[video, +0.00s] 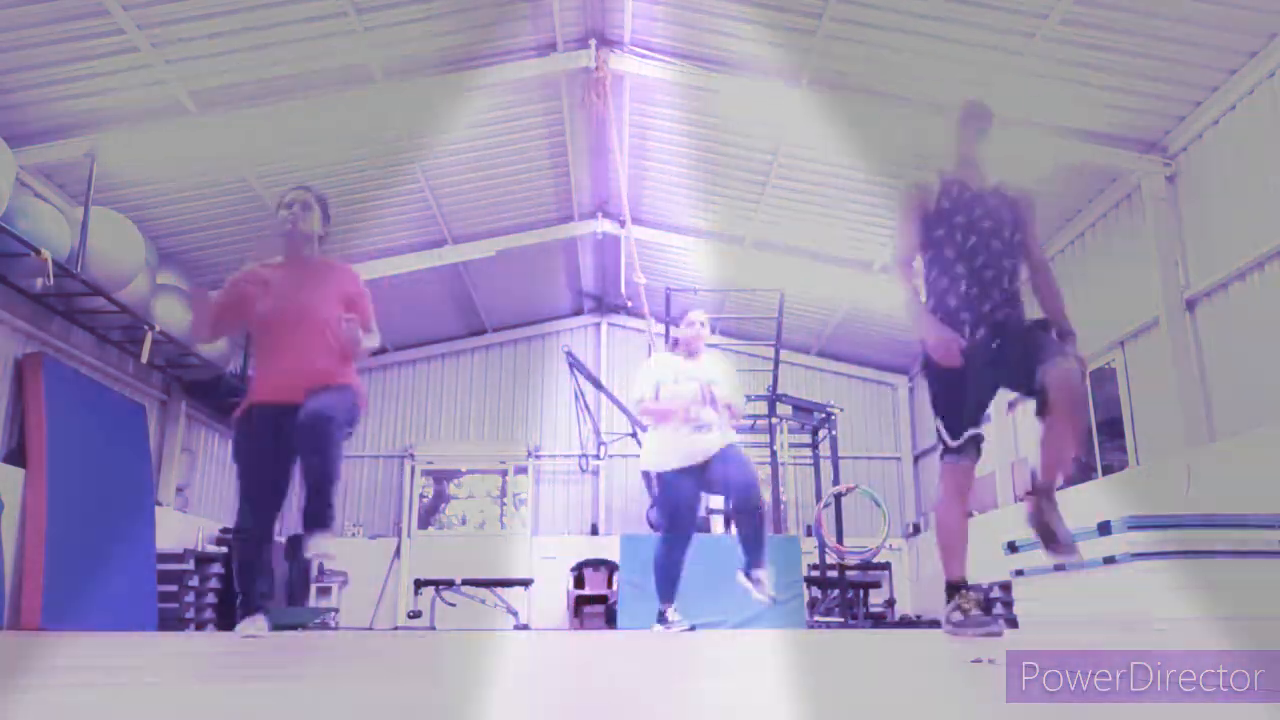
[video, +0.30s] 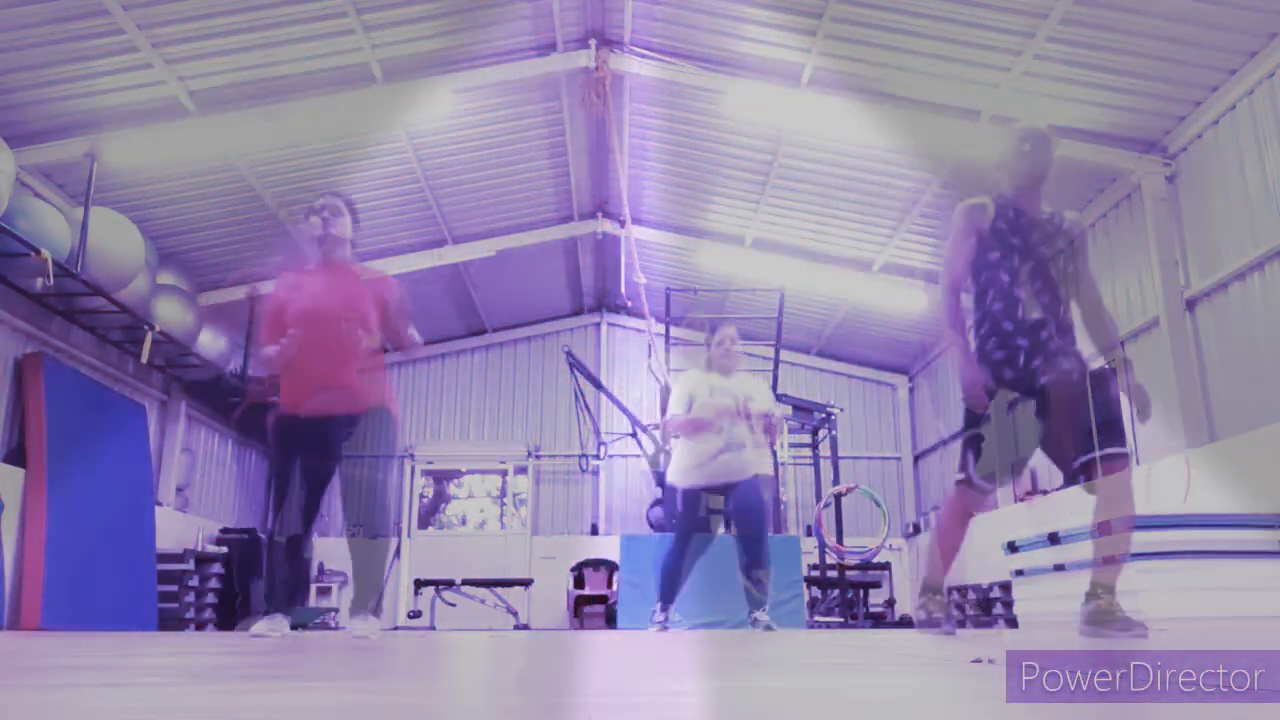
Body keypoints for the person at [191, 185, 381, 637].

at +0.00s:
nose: (294, 214)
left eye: (304, 208)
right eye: (287, 208)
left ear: (323, 223)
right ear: (276, 221)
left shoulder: (343, 278)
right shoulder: (255, 279)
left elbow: (373, 340)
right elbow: (205, 336)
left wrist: (359, 340)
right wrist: (206, 307)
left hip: (330, 391)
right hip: (269, 399)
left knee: (317, 419)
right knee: (255, 516)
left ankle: (318, 531)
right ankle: (253, 612)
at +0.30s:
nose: (326, 221)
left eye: (335, 214)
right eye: (319, 214)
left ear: (352, 227)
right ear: (308, 226)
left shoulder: (376, 283)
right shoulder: (289, 283)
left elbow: (411, 344)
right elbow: (264, 352)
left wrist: (388, 337)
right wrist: (281, 350)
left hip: (365, 409)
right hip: (303, 411)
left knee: (367, 505)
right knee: (289, 512)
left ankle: (365, 611)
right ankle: (281, 611)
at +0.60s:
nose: (373, 197)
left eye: (383, 190)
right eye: (365, 191)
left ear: (401, 203)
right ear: (355, 203)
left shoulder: (422, 258)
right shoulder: (333, 259)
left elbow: (455, 321)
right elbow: (313, 328)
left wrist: (424, 332)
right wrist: (326, 313)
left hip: (394, 382)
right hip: (336, 378)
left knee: (386, 486)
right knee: (309, 458)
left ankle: (387, 605)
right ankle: (309, 548)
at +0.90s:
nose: (391, 191)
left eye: (401, 185)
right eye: (383, 186)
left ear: (420, 199)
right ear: (372, 201)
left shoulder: (443, 254)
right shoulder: (353, 255)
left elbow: (473, 317)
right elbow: (323, 317)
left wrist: (442, 331)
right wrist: (322, 307)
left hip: (420, 381)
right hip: (364, 373)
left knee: (414, 486)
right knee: (352, 433)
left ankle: (417, 598)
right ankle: (351, 554)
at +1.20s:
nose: (404, 201)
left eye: (412, 194)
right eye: (396, 194)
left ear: (428, 206)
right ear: (384, 206)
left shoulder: (453, 260)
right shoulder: (367, 263)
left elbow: (488, 311)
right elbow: (323, 320)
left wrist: (472, 334)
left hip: (438, 401)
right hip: (380, 398)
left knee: (436, 491)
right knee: (374, 510)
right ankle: (372, 609)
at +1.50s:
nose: (433, 205)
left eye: (442, 198)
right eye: (424, 199)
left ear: (457, 212)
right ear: (411, 213)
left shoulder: (481, 266)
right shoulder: (395, 274)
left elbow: (502, 329)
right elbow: (371, 341)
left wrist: (499, 329)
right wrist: (410, 331)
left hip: (478, 389)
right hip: (422, 399)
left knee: (488, 417)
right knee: (420, 508)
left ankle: (492, 532)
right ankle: (419, 607)